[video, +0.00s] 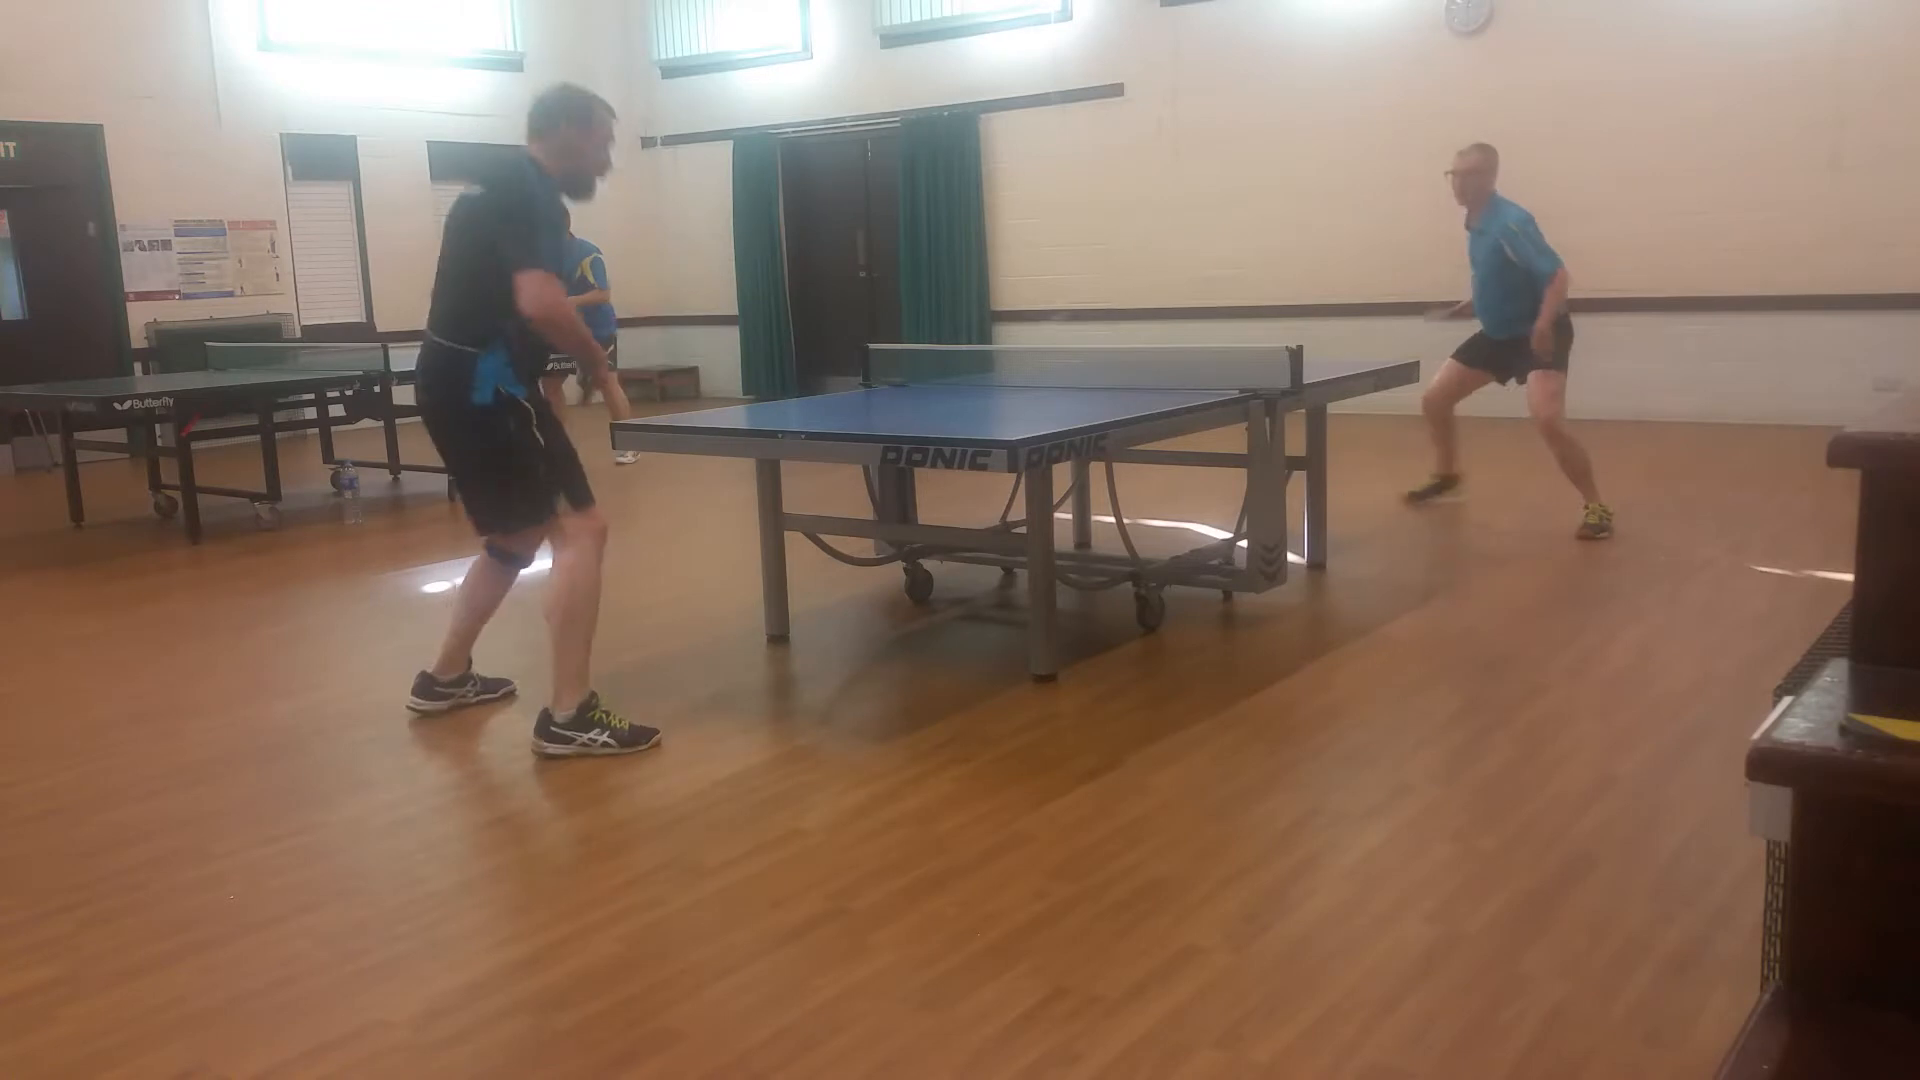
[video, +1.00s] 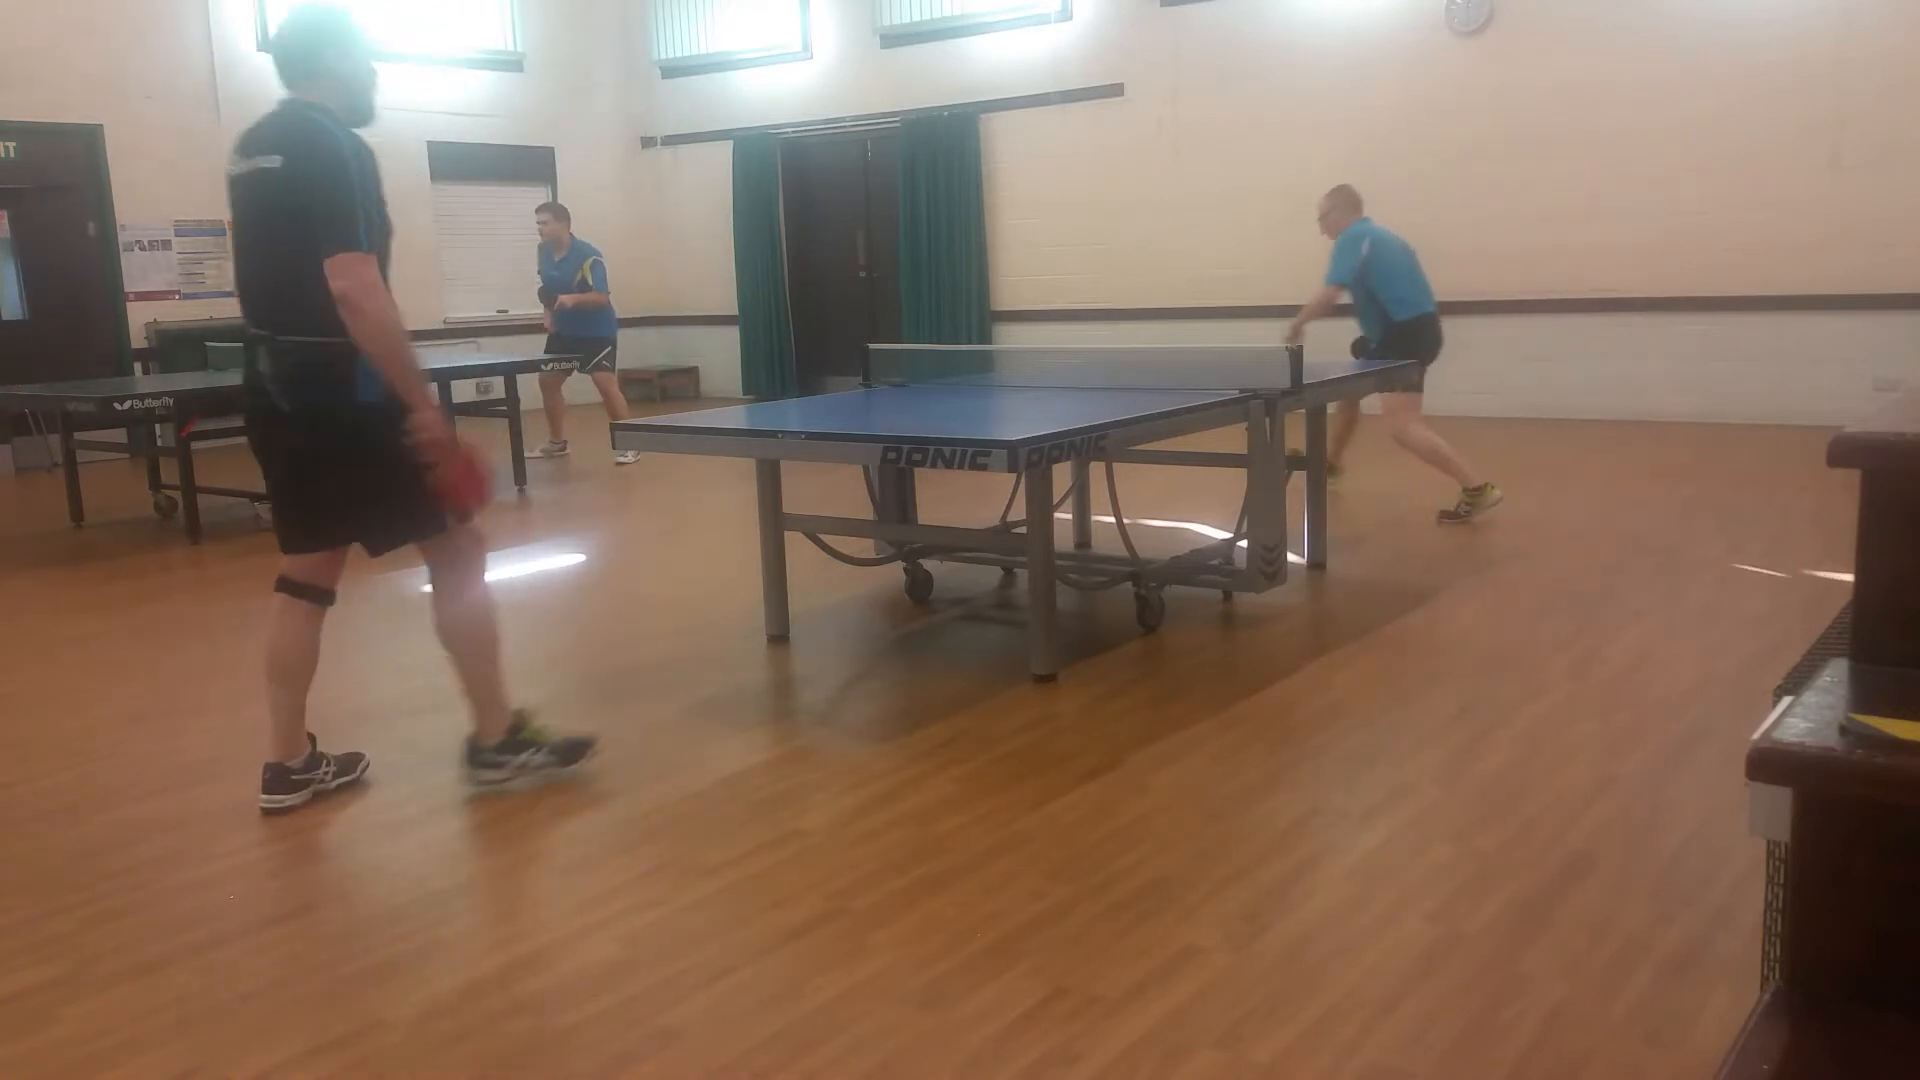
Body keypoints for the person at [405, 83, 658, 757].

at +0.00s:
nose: (609, 159)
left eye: (610, 145)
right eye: (602, 144)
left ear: (552, 137)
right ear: (565, 136)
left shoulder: (502, 184)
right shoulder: (529, 192)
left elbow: (492, 304)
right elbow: (539, 301)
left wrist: (541, 376)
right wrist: (601, 366)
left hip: (455, 376)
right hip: (487, 381)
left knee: (513, 539)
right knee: (582, 530)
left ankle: (444, 676)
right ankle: (569, 712)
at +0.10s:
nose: (626, 186)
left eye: (629, 172)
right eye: (624, 169)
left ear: (561, 155)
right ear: (587, 157)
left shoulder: (497, 193)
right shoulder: (557, 198)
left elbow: (425, 286)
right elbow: (584, 302)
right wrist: (602, 343)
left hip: (442, 388)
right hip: (492, 393)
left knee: (498, 534)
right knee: (598, 533)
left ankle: (447, 673)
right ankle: (570, 712)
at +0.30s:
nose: (633, 196)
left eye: (637, 184)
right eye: (632, 181)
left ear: (566, 160)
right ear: (603, 167)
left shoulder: (484, 191)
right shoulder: (597, 212)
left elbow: (368, 238)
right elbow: (662, 310)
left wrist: (312, 322)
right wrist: (678, 351)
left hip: (408, 382)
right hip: (484, 388)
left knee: (472, 520)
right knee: (589, 533)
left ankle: (452, 669)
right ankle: (570, 713)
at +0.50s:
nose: (595, 159)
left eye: (597, 146)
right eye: (593, 144)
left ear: (523, 128)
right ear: (568, 137)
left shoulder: (442, 162)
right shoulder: (560, 204)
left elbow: (322, 210)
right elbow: (567, 299)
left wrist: (248, 293)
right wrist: (583, 399)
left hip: (390, 382)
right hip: (475, 386)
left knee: (432, 537)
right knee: (561, 535)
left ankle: (371, 696)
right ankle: (569, 712)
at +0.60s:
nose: (558, 131)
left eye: (558, 115)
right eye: (554, 115)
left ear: (483, 105)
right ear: (530, 112)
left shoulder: (401, 155)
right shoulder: (515, 170)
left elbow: (306, 225)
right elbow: (485, 257)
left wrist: (240, 314)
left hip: (372, 384)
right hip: (461, 383)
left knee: (408, 541)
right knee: (547, 535)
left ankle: (324, 712)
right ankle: (569, 712)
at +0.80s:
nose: (455, 107)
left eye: (451, 94)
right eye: (448, 94)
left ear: (374, 97)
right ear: (424, 97)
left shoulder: (315, 175)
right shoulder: (408, 163)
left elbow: (275, 291)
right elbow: (366, 259)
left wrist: (271, 400)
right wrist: (347, 361)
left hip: (332, 401)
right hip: (405, 402)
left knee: (342, 568)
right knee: (500, 544)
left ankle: (291, 758)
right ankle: (559, 713)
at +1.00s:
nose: (378, 76)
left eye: (372, 60)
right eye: (366, 60)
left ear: (298, 65)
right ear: (333, 65)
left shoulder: (256, 143)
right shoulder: (329, 144)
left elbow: (272, 287)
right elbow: (352, 283)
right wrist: (421, 397)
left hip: (281, 398)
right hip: (351, 393)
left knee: (308, 567)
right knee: (454, 542)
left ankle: (288, 762)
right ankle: (498, 735)